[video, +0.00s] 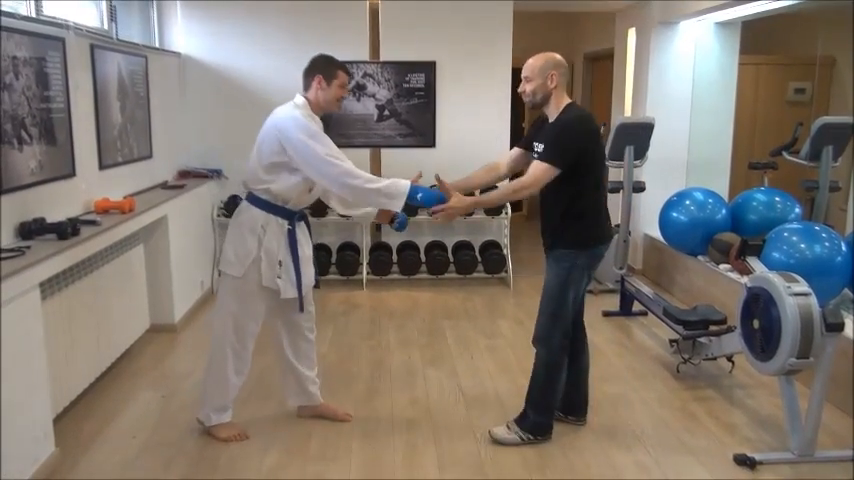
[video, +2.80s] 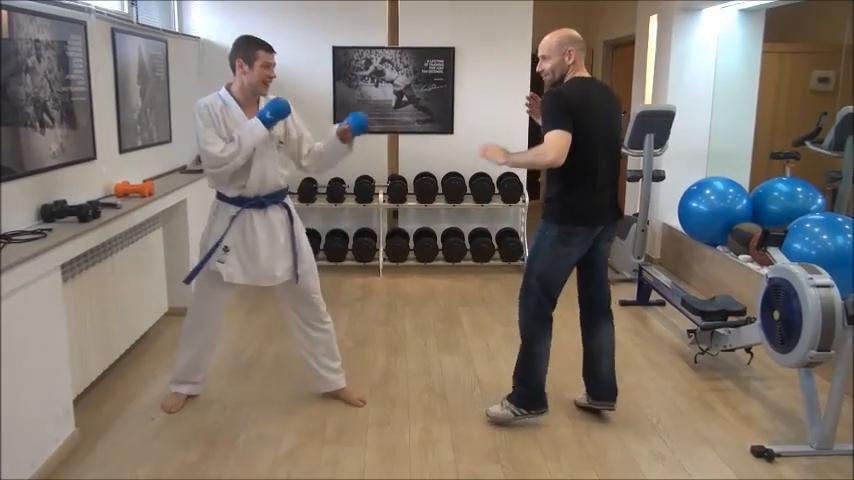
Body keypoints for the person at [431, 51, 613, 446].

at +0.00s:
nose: (521, 87)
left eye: (527, 80)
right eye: (521, 80)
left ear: (553, 81)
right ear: (548, 82)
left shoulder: (574, 123)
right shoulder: (544, 123)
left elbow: (531, 183)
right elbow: (504, 166)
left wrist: (470, 204)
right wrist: (456, 186)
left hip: (580, 243)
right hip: (563, 241)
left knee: (549, 334)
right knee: (569, 325)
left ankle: (535, 424)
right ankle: (573, 406)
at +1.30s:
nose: (542, 39)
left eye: (550, 32)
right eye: (545, 33)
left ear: (575, 37)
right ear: (574, 39)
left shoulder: (575, 86)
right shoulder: (581, 84)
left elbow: (557, 154)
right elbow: (545, 148)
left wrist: (518, 207)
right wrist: (501, 176)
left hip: (562, 212)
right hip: (580, 209)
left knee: (530, 295)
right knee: (583, 293)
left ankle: (540, 388)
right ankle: (594, 375)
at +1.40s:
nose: (544, 44)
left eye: (552, 36)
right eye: (546, 37)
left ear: (577, 40)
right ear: (575, 43)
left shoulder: (576, 88)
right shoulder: (588, 86)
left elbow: (580, 159)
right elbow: (595, 155)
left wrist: (576, 223)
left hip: (562, 212)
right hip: (580, 210)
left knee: (519, 287)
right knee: (591, 297)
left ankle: (536, 383)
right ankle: (596, 378)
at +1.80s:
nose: (533, 54)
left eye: (539, 47)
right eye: (535, 47)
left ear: (564, 52)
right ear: (569, 54)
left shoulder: (551, 89)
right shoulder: (595, 95)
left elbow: (551, 134)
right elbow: (617, 148)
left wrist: (538, 194)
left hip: (557, 221)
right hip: (586, 218)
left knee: (533, 313)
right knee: (587, 304)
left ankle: (516, 403)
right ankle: (598, 387)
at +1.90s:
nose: (527, 57)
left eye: (533, 51)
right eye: (528, 50)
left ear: (557, 54)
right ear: (562, 56)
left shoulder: (543, 94)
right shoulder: (591, 96)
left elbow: (515, 145)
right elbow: (608, 151)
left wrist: (490, 192)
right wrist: (573, 156)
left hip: (552, 224)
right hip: (585, 220)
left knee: (524, 313)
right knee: (583, 305)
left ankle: (516, 405)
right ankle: (596, 389)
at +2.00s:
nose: (513, 64)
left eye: (519, 57)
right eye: (515, 57)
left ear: (544, 60)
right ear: (549, 62)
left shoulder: (538, 104)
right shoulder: (584, 99)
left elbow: (498, 162)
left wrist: (456, 188)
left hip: (548, 225)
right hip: (581, 220)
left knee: (523, 315)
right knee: (578, 306)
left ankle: (517, 407)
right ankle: (596, 390)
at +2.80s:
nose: (539, 66)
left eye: (544, 59)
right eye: (538, 59)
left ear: (569, 56)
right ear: (575, 59)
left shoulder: (562, 95)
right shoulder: (608, 96)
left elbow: (553, 153)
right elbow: (596, 146)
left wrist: (507, 158)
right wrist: (547, 119)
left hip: (567, 219)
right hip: (604, 216)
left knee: (534, 303)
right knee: (596, 305)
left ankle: (528, 400)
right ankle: (602, 395)